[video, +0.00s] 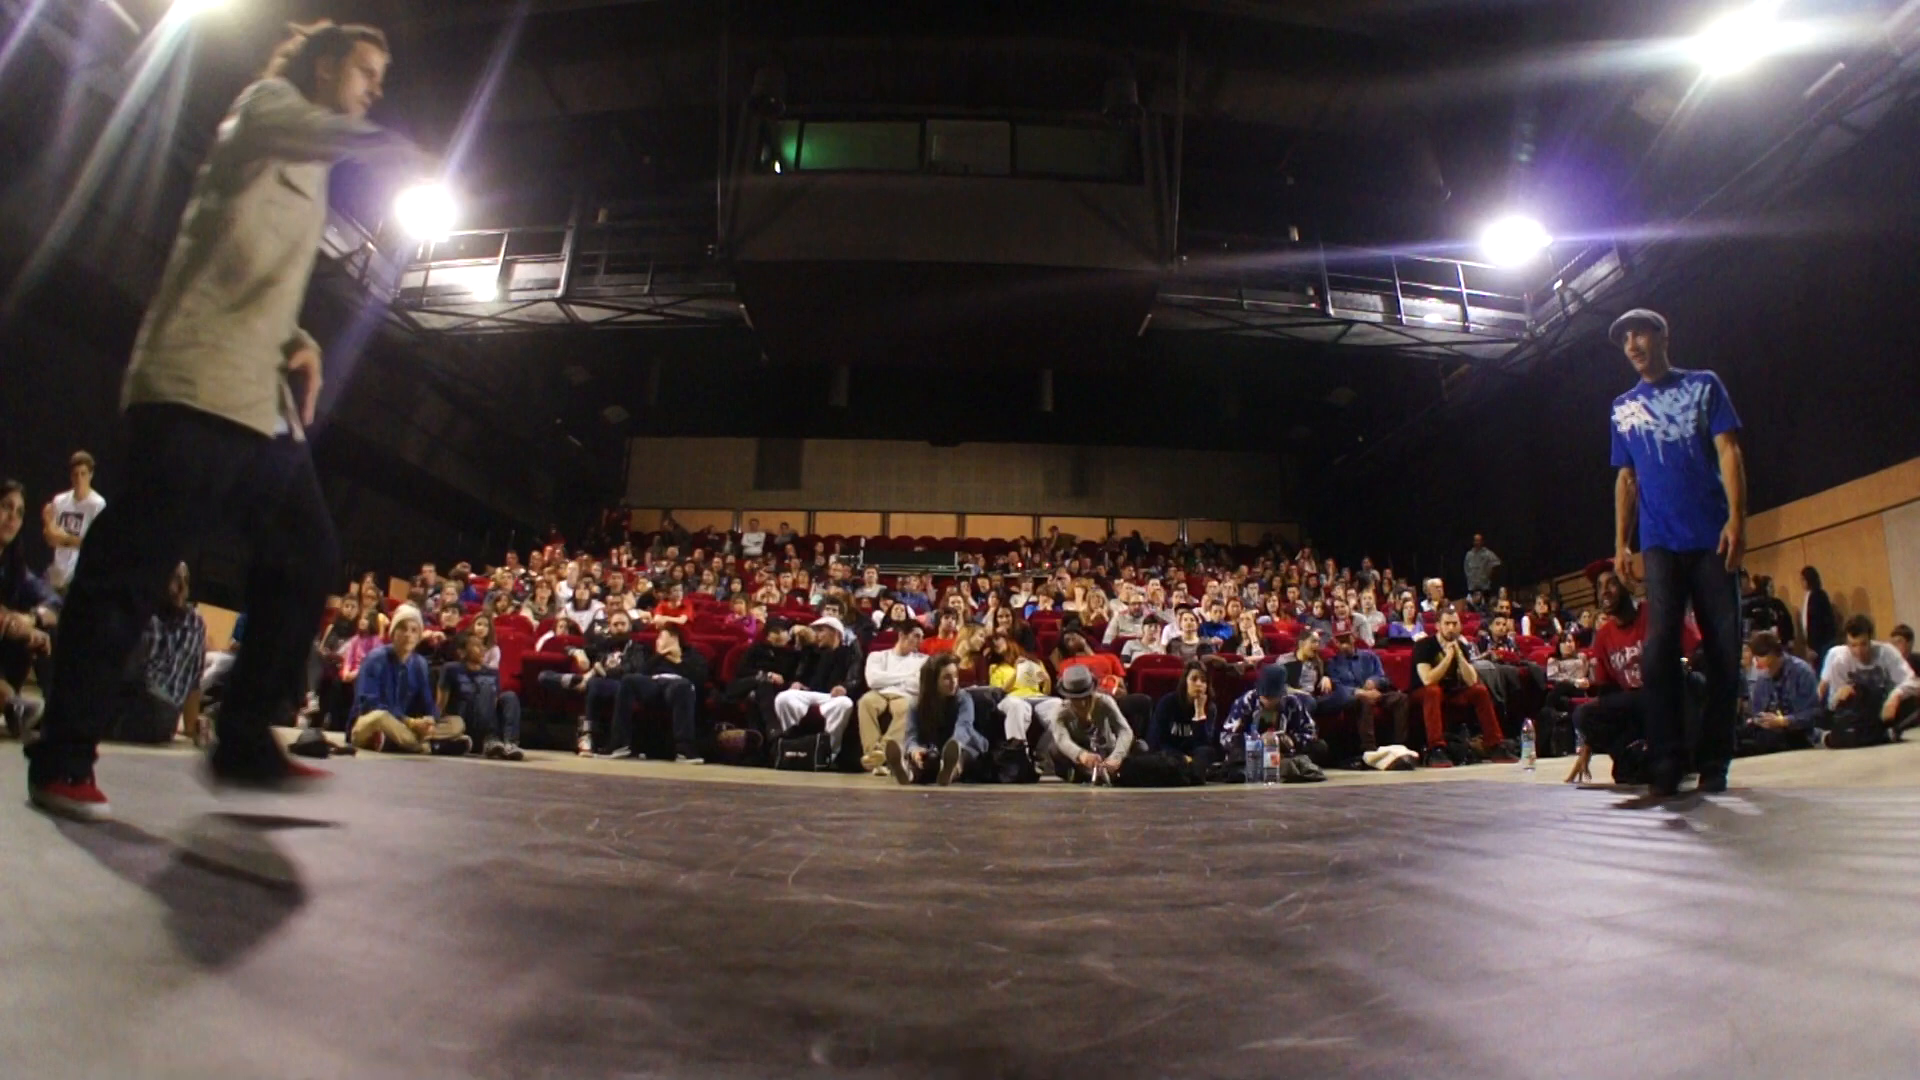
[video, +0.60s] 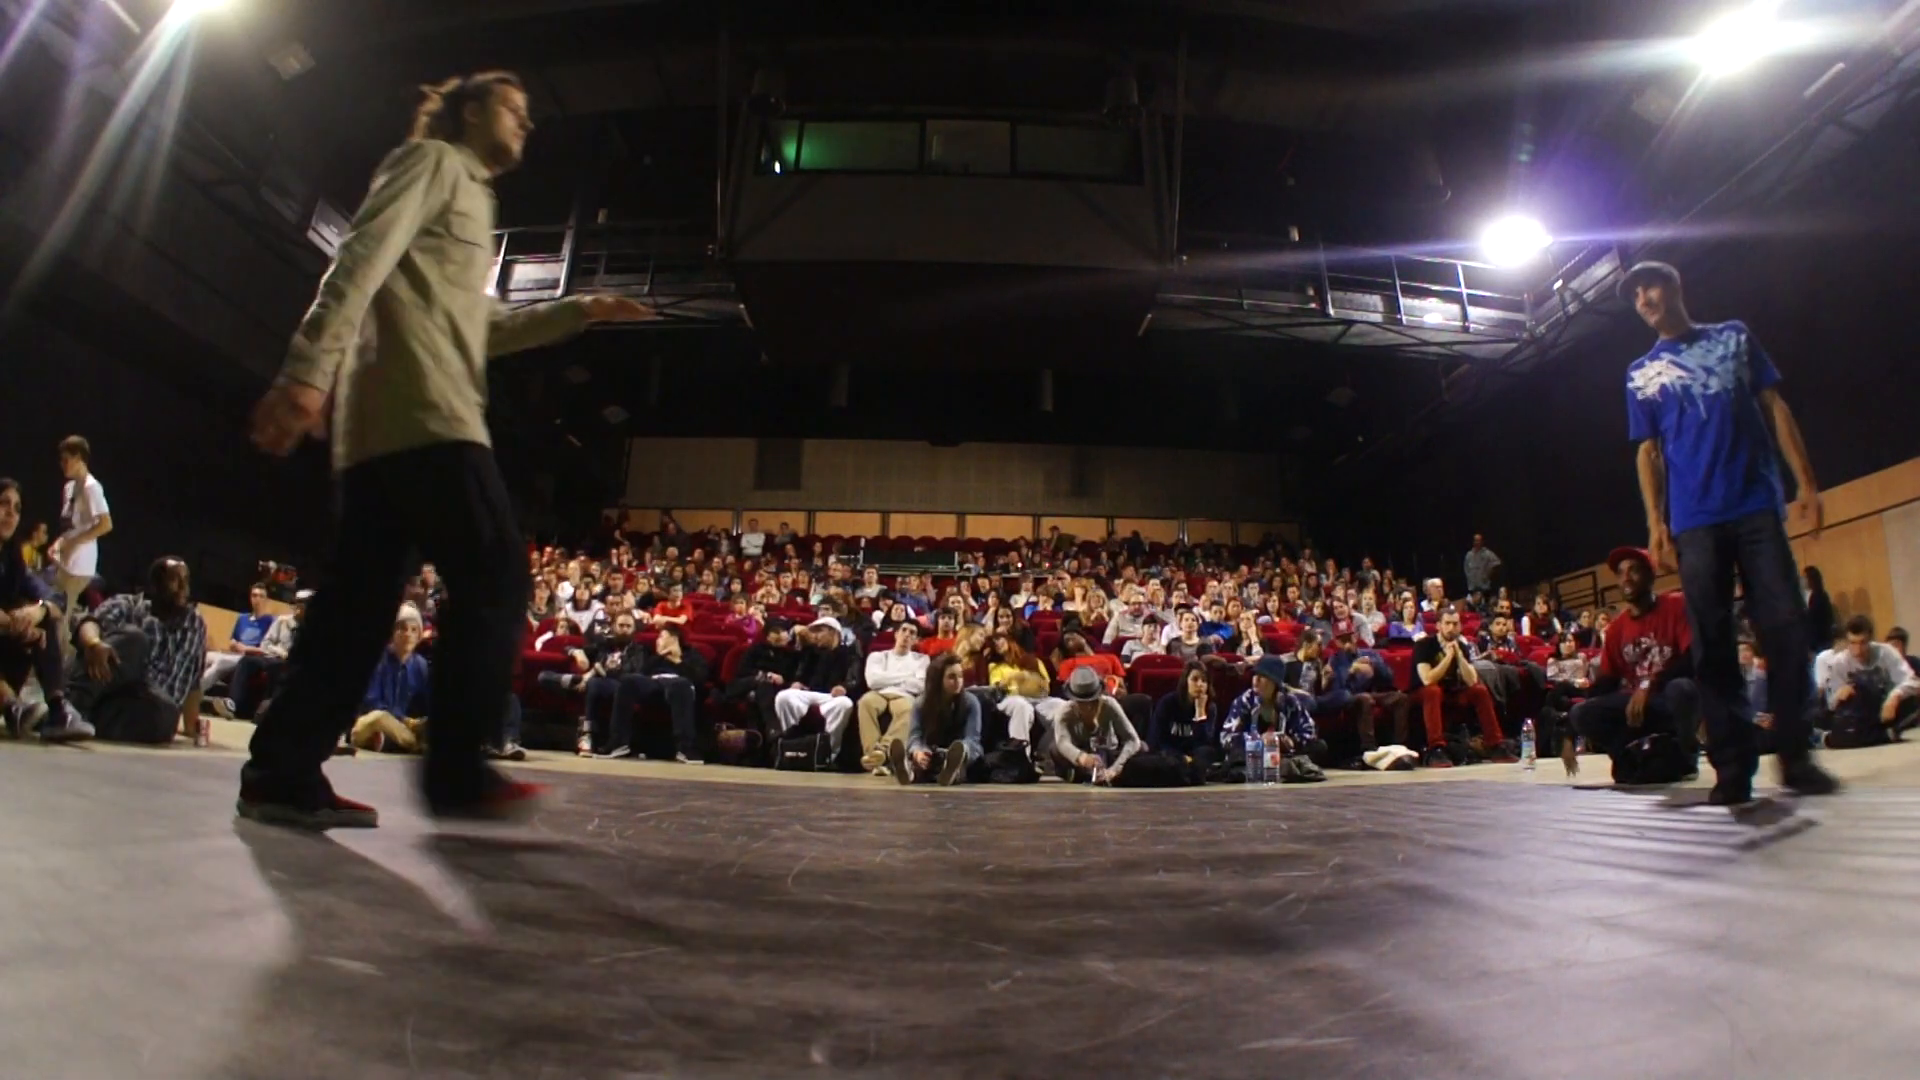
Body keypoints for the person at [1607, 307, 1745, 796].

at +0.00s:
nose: (1634, 345)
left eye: (1642, 335)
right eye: (1627, 340)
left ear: (1663, 338)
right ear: (1624, 350)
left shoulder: (1703, 385)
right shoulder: (1623, 408)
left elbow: (1729, 450)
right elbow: (1626, 478)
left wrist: (1735, 517)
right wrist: (1622, 541)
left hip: (1710, 536)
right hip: (1659, 541)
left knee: (1725, 652)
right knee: (1658, 649)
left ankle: (1714, 765)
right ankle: (1663, 768)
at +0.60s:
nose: (1645, 298)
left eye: (1652, 285)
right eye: (1637, 293)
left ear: (1676, 287)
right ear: (1636, 307)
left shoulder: (1733, 338)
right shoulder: (1641, 373)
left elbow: (1774, 406)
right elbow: (1648, 452)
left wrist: (1805, 482)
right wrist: (1656, 526)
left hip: (1757, 506)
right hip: (1693, 520)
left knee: (1786, 625)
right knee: (1712, 644)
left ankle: (1795, 756)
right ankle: (1731, 771)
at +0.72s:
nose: (1651, 287)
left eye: (1660, 275)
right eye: (1644, 282)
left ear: (1686, 279)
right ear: (1643, 297)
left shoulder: (1741, 328)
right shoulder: (1647, 366)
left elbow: (1783, 399)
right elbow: (1654, 445)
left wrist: (1818, 474)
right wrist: (1661, 508)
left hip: (1765, 499)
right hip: (1701, 513)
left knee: (1806, 616)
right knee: (1717, 644)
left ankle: (1855, 751)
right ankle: (1732, 772)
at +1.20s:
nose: (1693, 250)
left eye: (1700, 237)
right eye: (1687, 245)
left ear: (1733, 237)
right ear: (1690, 258)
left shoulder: (1786, 279)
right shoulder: (1707, 327)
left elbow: (1839, 349)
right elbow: (1727, 411)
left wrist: (1858, 434)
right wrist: (1735, 489)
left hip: (1821, 478)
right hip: (1762, 495)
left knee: (1859, 622)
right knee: (1764, 626)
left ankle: (1879, 770)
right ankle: (1781, 767)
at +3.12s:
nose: (1531, 353)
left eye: (1537, 342)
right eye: (1529, 345)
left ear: (1566, 342)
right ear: (1563, 347)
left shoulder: (1576, 380)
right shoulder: (1598, 384)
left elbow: (1591, 452)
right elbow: (1617, 468)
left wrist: (1553, 525)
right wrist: (1641, 548)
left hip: (1607, 538)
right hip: (1619, 537)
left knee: (1614, 653)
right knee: (1604, 653)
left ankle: (1634, 775)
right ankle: (1599, 760)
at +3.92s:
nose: (1509, 389)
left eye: (1515, 378)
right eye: (1506, 384)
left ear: (1541, 377)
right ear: (1511, 393)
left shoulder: (1576, 411)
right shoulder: (1521, 450)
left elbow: (1602, 476)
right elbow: (1528, 515)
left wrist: (1602, 546)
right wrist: (1529, 577)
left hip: (1591, 564)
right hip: (1550, 576)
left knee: (1620, 666)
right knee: (1560, 675)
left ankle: (1642, 765)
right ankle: (1568, 767)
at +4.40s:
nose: (1530, 381)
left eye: (1537, 372)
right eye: (1526, 376)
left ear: (1562, 374)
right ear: (1529, 386)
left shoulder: (1594, 412)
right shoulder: (1536, 441)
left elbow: (1616, 480)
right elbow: (1539, 506)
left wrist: (1612, 548)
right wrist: (1533, 566)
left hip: (1595, 565)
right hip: (1554, 573)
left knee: (1622, 669)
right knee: (1560, 673)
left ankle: (1644, 764)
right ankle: (1568, 766)